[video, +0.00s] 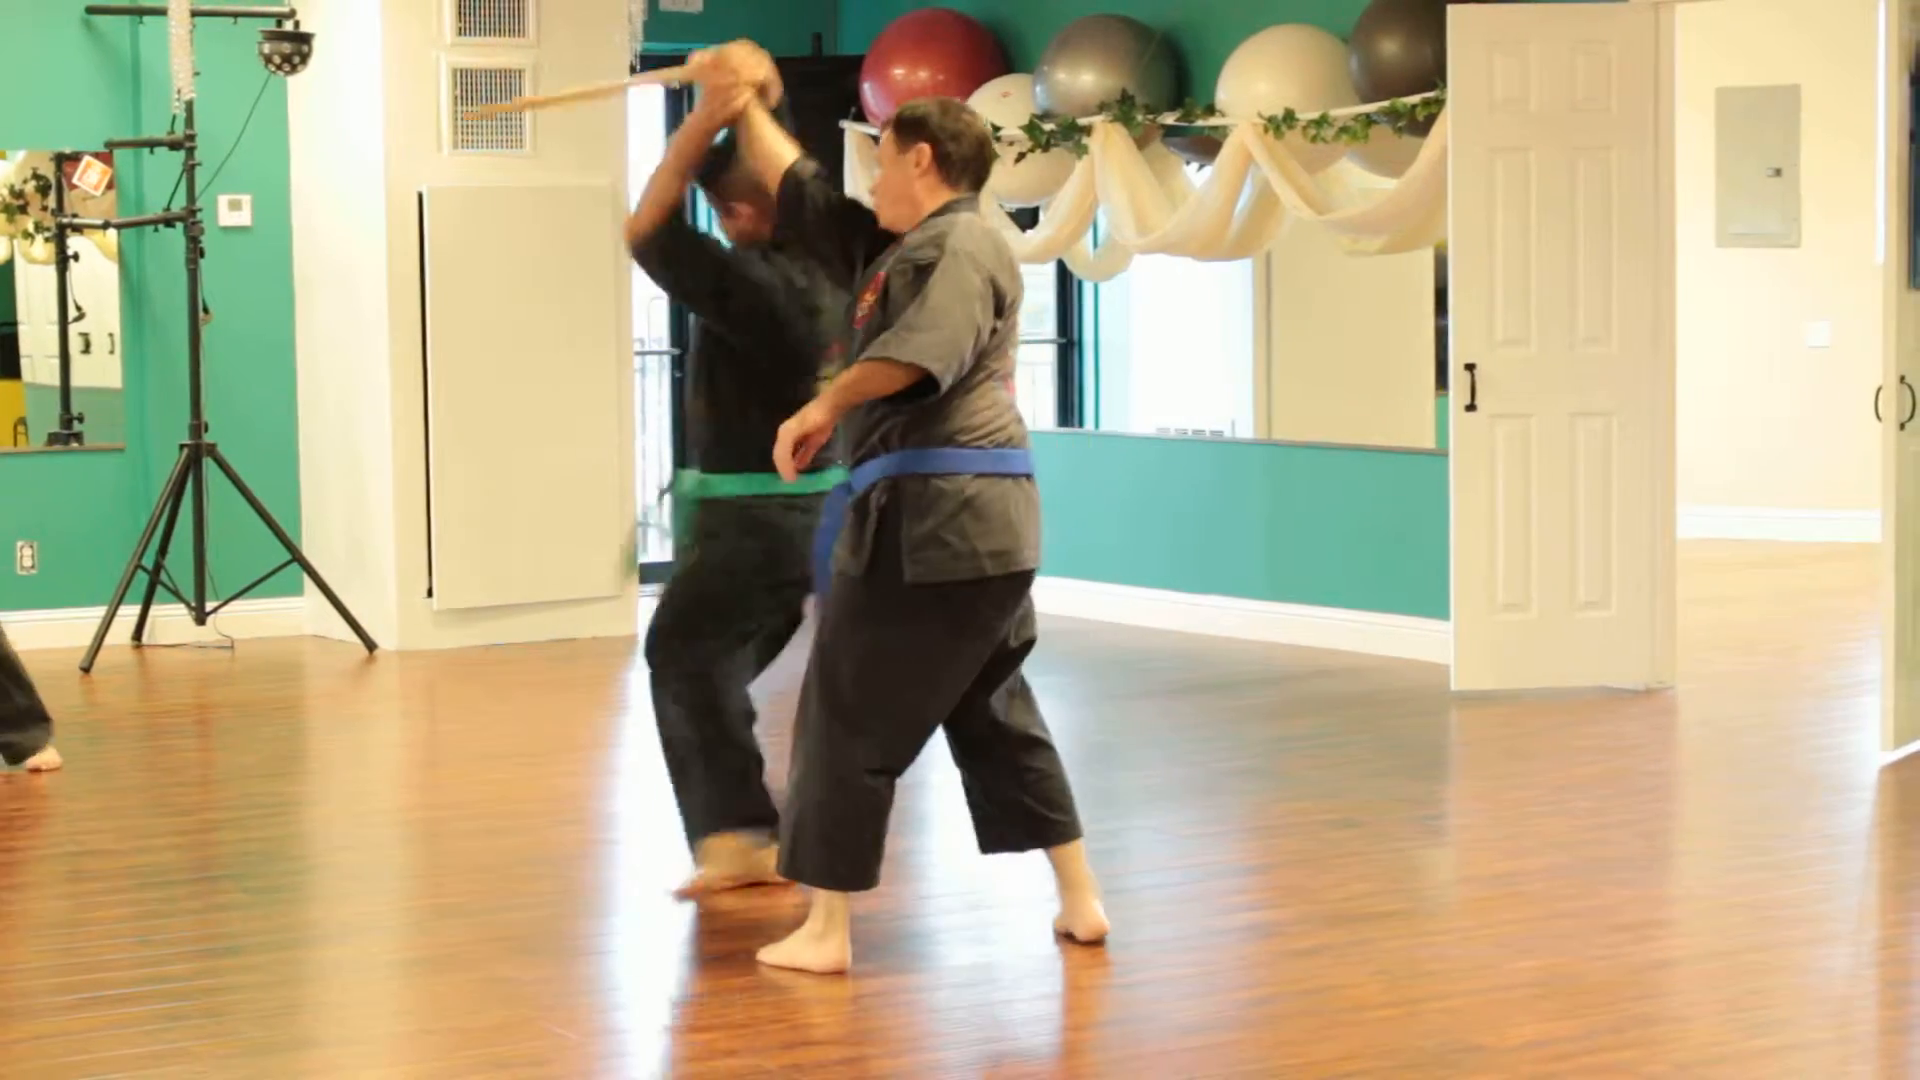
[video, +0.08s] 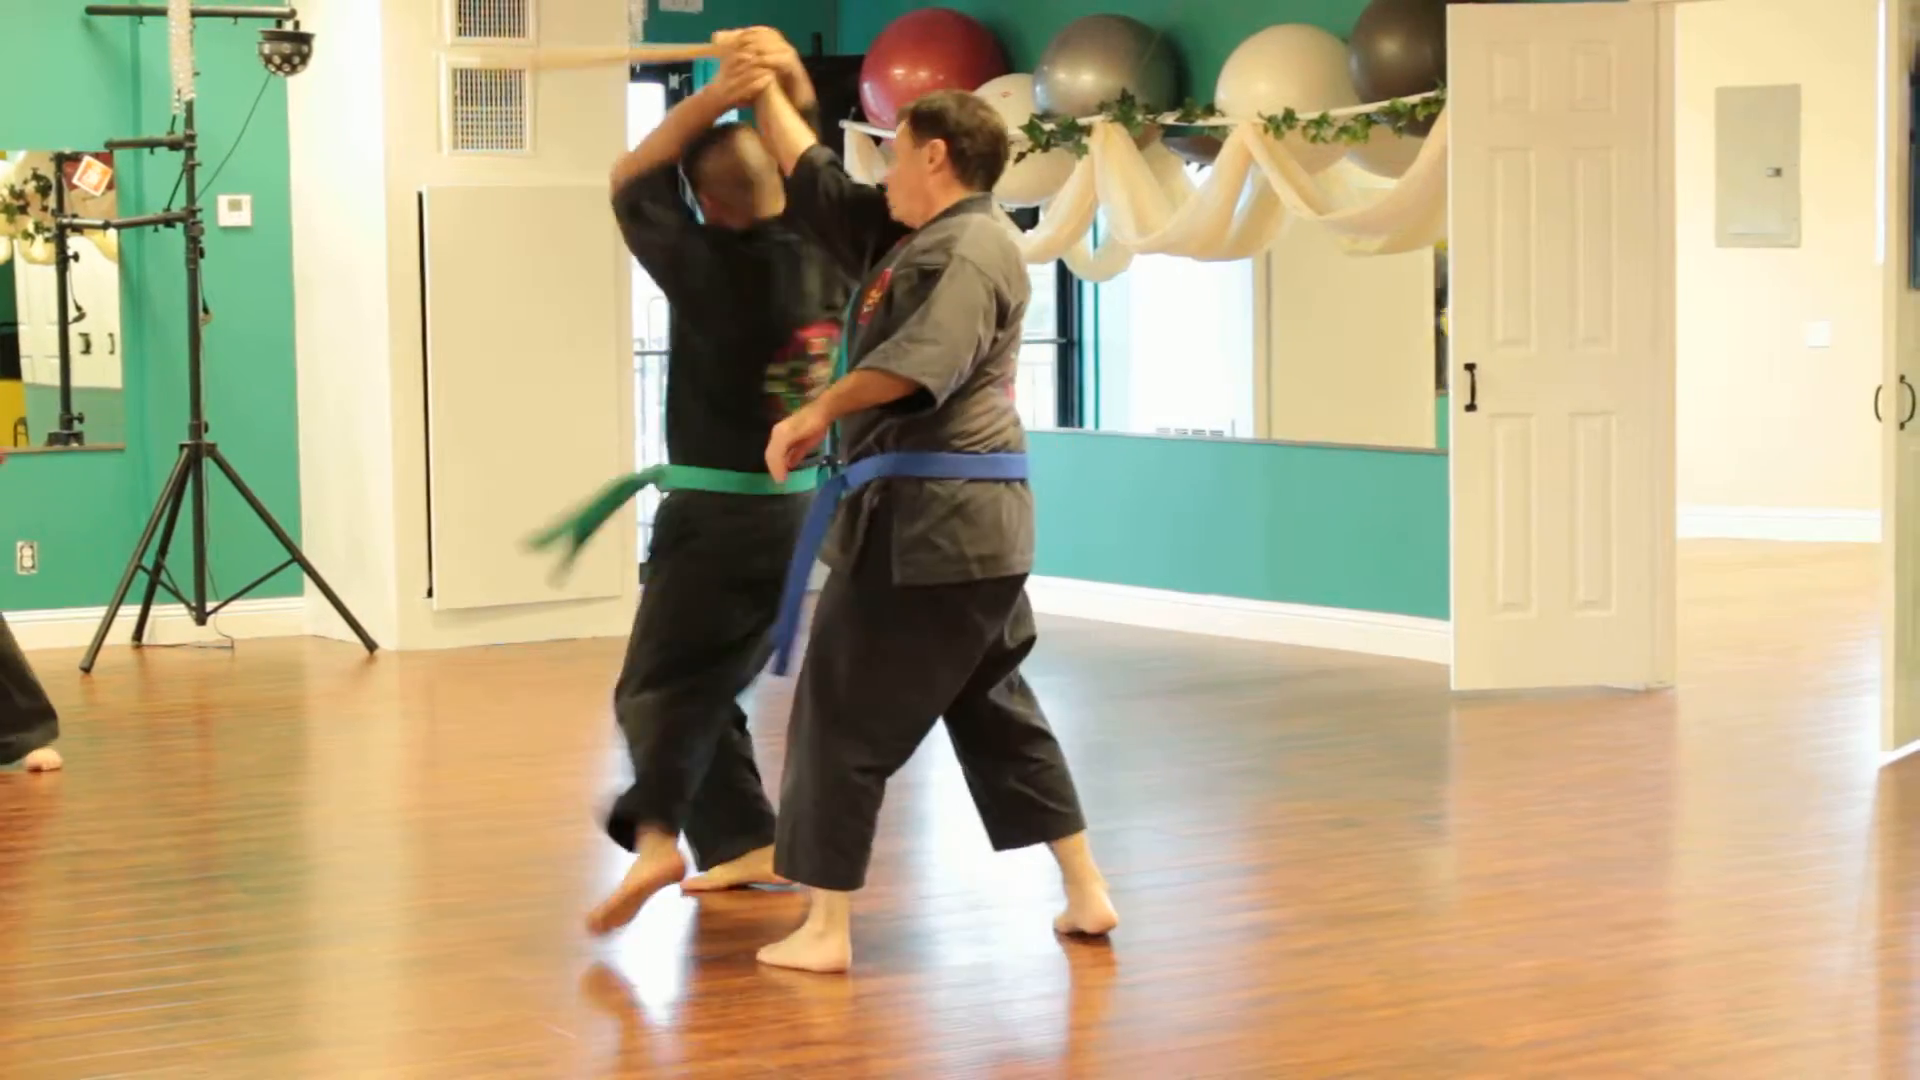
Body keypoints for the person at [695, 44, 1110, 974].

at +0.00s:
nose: (869, 178)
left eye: (880, 158)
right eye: (875, 160)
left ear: (921, 160)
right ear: (941, 161)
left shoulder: (957, 238)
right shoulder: (963, 236)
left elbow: (919, 356)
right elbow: (816, 197)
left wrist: (827, 404)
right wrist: (744, 112)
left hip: (930, 518)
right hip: (987, 515)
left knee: (840, 709)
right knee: (993, 705)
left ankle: (824, 928)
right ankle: (1081, 898)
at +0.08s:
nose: (884, 166)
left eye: (897, 150)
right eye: (890, 150)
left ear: (936, 157)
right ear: (953, 160)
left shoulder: (964, 246)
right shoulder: (948, 235)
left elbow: (920, 365)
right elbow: (823, 187)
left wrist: (816, 414)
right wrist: (775, 99)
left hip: (927, 514)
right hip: (974, 511)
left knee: (838, 711)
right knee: (993, 700)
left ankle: (827, 929)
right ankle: (1086, 892)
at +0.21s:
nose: (900, 161)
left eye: (914, 148)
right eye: (907, 146)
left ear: (954, 159)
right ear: (968, 162)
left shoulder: (976, 249)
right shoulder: (951, 237)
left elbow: (924, 372)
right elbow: (839, 183)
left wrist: (821, 411)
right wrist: (784, 94)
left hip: (937, 511)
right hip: (982, 509)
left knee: (841, 707)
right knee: (995, 702)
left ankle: (827, 927)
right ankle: (1087, 893)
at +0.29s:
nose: (915, 165)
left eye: (926, 152)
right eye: (919, 152)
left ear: (963, 161)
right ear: (985, 168)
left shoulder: (983, 254)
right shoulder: (963, 242)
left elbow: (934, 370)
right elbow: (848, 206)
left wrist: (832, 414)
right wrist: (790, 128)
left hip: (939, 517)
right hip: (994, 514)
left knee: (848, 710)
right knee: (1000, 699)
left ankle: (829, 928)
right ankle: (1092, 889)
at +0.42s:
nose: (923, 183)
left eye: (935, 167)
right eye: (927, 169)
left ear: (982, 172)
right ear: (989, 177)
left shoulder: (1021, 254)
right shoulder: (953, 262)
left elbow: (967, 362)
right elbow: (848, 271)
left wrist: (857, 401)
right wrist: (793, 228)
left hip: (975, 528)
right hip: (1011, 527)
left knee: (881, 709)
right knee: (1007, 697)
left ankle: (841, 922)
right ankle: (1091, 872)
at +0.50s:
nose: (929, 218)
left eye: (937, 200)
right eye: (928, 203)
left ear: (985, 187)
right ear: (989, 191)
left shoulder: (1037, 248)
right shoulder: (961, 279)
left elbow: (1000, 339)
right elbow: (874, 323)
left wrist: (901, 381)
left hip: (1007, 513)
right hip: (1038, 515)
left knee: (914, 695)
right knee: (1014, 691)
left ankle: (907, 907)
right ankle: (1100, 865)